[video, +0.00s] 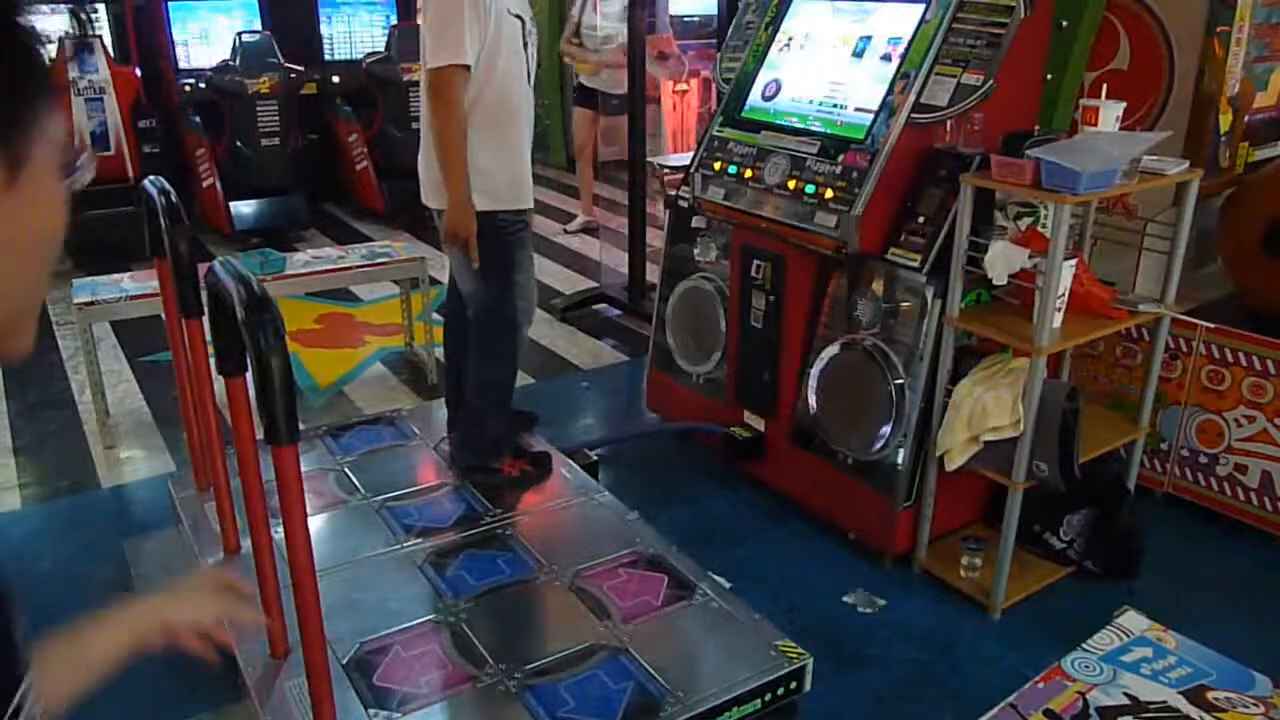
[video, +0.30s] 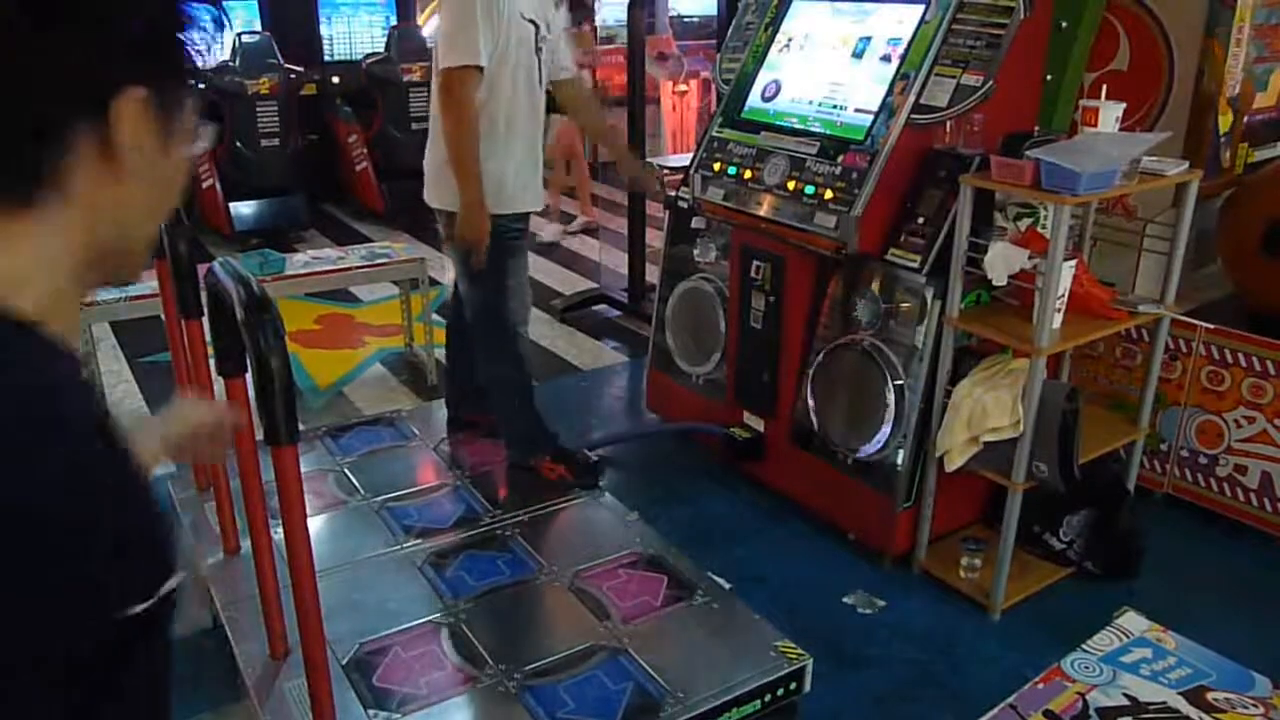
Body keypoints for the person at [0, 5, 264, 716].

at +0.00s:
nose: (66, 211)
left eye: (65, 171)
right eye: (61, 170)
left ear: (15, 176)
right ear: (5, 180)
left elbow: (16, 694)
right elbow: (21, 695)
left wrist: (139, 619)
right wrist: (137, 623)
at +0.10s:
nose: (98, 188)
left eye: (100, 147)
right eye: (94, 143)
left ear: (18, 142)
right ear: (11, 140)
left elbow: (19, 612)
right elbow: (17, 645)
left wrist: (132, 556)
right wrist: (130, 557)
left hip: (50, 698)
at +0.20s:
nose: (136, 181)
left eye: (138, 138)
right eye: (134, 134)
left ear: (58, 129)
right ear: (59, 128)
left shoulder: (26, 363)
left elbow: (19, 553)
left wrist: (131, 505)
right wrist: (129, 509)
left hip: (90, 689)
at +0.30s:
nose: (186, 170)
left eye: (189, 133)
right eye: (184, 130)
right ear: (128, 125)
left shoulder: (39, 362)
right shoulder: (33, 408)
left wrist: (156, 440)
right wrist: (154, 442)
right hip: (102, 705)